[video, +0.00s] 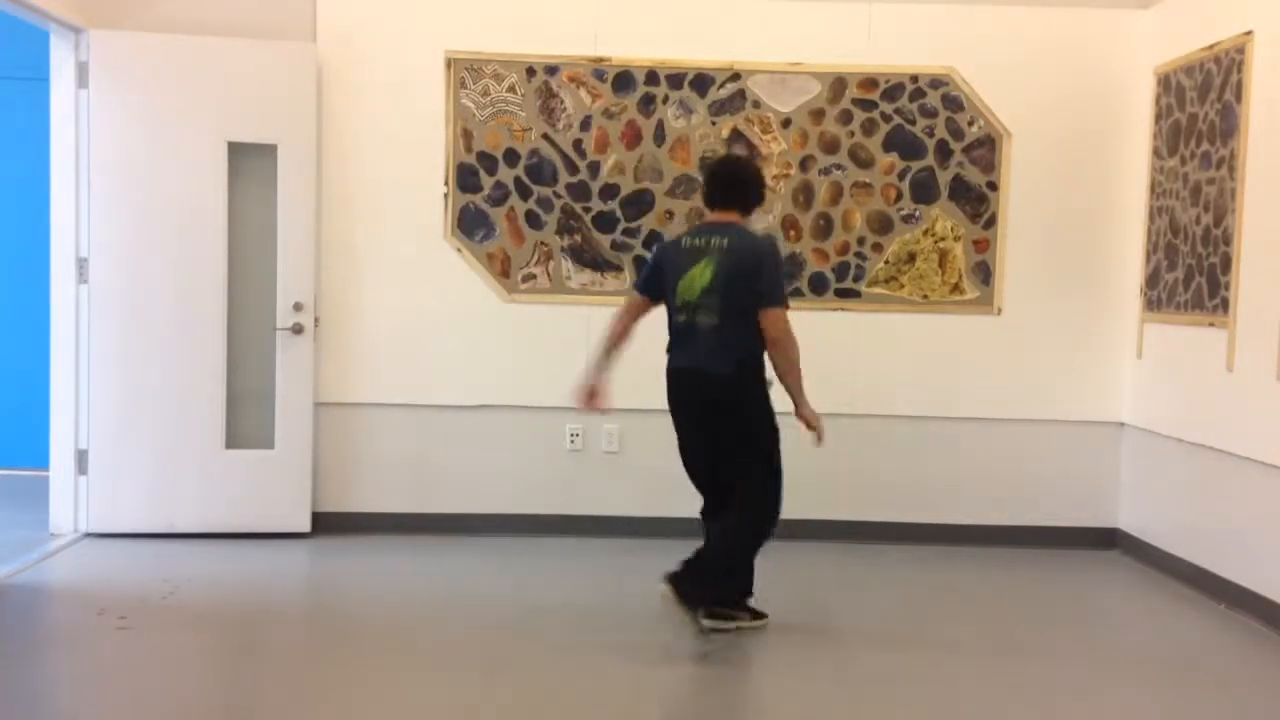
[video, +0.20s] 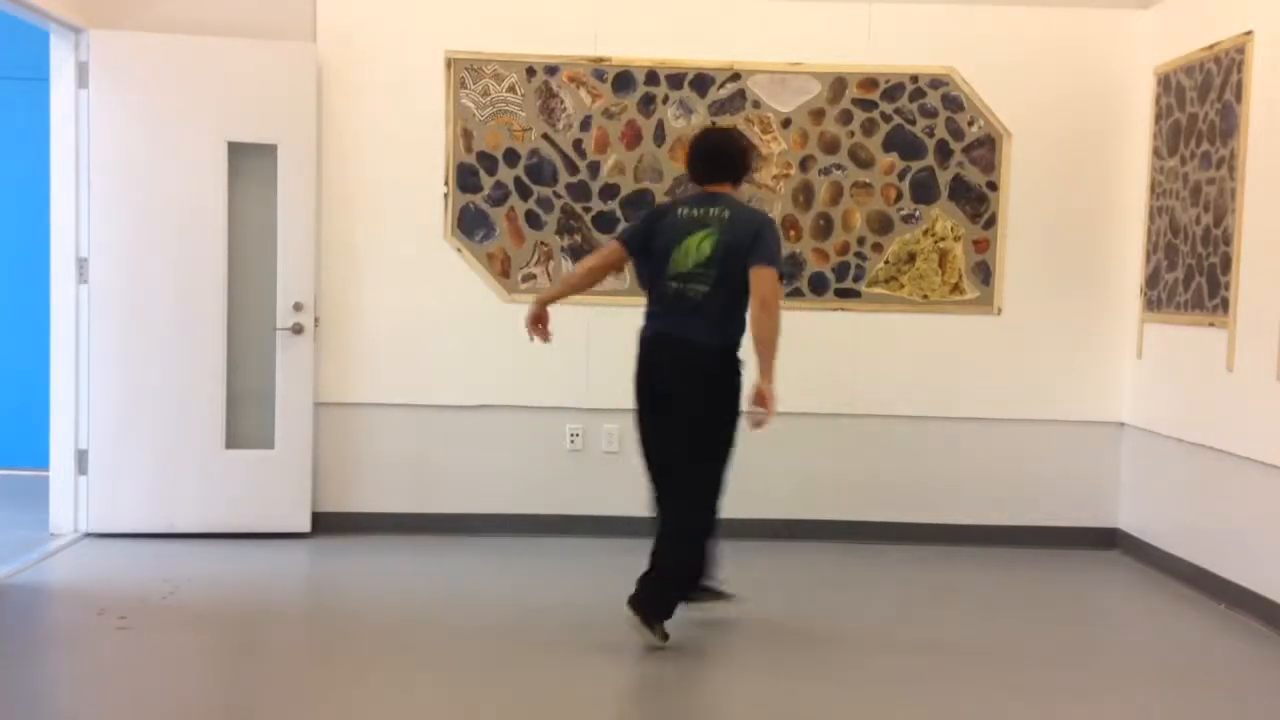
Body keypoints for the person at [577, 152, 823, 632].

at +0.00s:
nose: (759, 201)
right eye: (758, 194)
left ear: (707, 195)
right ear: (755, 199)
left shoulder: (674, 248)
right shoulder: (758, 250)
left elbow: (628, 314)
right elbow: (776, 333)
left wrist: (599, 372)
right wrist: (799, 399)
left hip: (684, 390)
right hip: (738, 389)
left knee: (721, 493)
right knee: (761, 497)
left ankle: (724, 599)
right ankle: (697, 581)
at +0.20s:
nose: (750, 176)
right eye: (749, 168)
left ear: (692, 170)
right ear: (743, 173)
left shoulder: (662, 216)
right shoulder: (755, 225)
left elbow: (600, 264)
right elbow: (765, 299)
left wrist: (546, 299)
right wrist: (765, 375)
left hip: (656, 360)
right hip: (712, 365)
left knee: (671, 473)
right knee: (696, 483)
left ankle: (689, 576)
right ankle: (653, 600)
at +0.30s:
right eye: (730, 175)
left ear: (675, 179)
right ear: (728, 180)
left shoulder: (651, 225)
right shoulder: (747, 238)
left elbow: (594, 283)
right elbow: (754, 316)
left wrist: (556, 315)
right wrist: (747, 394)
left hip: (639, 380)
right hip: (700, 388)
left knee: (625, 481)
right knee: (681, 505)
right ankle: (637, 613)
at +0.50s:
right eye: (689, 183)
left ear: (639, 190)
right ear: (690, 187)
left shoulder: (620, 246)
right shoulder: (711, 243)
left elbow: (612, 316)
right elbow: (736, 324)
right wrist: (728, 344)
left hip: (613, 390)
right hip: (675, 398)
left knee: (567, 486)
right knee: (666, 514)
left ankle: (491, 587)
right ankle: (629, 627)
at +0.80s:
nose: (642, 187)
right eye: (641, 178)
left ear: (585, 182)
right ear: (640, 182)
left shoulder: (564, 239)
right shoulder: (658, 235)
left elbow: (576, 312)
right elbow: (676, 320)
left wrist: (653, 323)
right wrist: (626, 317)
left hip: (561, 399)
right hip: (629, 401)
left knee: (565, 517)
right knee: (663, 522)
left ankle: (537, 654)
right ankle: (679, 655)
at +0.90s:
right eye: (631, 191)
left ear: (572, 196)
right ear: (632, 196)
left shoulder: (547, 257)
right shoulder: (655, 250)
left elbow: (535, 343)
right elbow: (659, 342)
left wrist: (584, 329)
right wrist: (606, 328)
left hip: (555, 413)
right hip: (627, 413)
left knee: (543, 533)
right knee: (662, 527)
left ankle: (535, 664)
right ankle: (679, 654)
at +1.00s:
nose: (566, 176)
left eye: (565, 167)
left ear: (563, 172)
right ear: (621, 167)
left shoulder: (541, 234)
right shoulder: (656, 229)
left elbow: (517, 322)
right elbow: (669, 322)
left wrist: (508, 374)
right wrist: (631, 355)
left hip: (564, 389)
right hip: (637, 390)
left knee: (548, 519)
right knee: (635, 510)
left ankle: (540, 659)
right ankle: (634, 637)